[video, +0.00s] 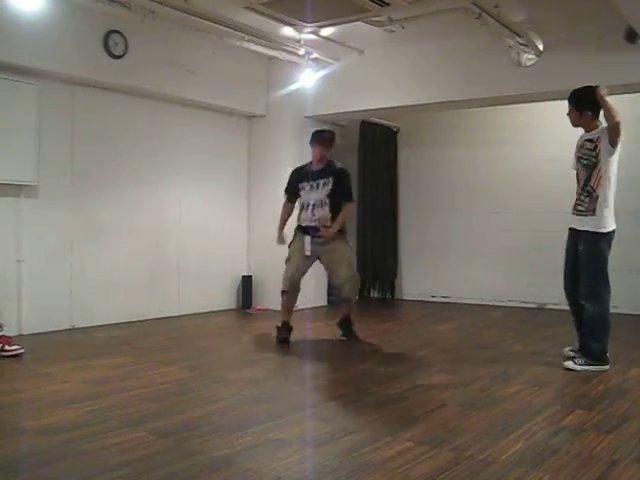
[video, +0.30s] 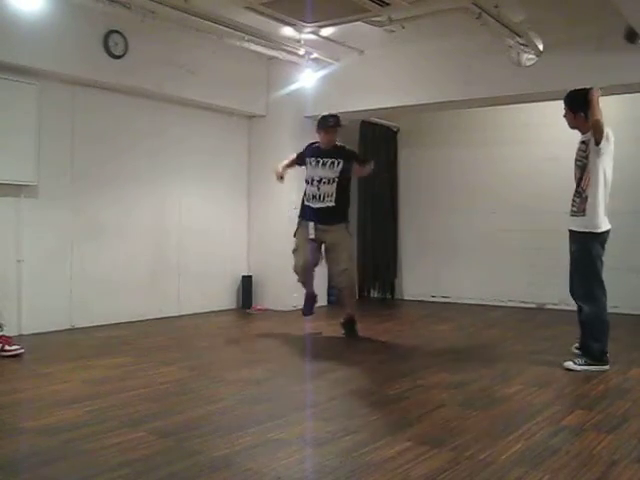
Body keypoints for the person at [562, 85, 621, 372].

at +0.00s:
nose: (568, 116)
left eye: (571, 111)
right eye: (569, 111)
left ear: (584, 112)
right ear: (586, 112)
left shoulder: (606, 139)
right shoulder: (583, 139)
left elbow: (615, 123)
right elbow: (584, 176)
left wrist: (602, 98)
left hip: (597, 227)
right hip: (578, 224)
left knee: (593, 291)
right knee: (574, 288)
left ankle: (597, 355)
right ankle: (586, 346)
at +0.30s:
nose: (566, 120)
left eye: (567, 115)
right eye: (566, 115)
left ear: (579, 114)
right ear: (582, 115)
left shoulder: (599, 140)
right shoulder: (587, 139)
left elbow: (597, 123)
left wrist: (595, 99)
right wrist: (591, 99)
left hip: (591, 228)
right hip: (580, 226)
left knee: (590, 292)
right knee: (582, 290)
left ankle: (596, 355)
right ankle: (589, 346)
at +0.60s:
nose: (562, 124)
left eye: (564, 119)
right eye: (562, 119)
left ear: (576, 118)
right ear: (576, 119)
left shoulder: (591, 142)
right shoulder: (587, 145)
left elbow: (581, 122)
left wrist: (588, 105)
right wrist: (587, 104)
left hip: (583, 228)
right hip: (589, 227)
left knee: (566, 285)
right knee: (590, 287)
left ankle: (588, 347)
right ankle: (594, 345)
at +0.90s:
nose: (552, 129)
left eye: (553, 123)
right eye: (551, 124)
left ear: (563, 120)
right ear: (568, 122)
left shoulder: (577, 143)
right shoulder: (585, 146)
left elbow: (565, 121)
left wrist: (574, 105)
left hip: (570, 226)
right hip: (588, 228)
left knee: (542, 281)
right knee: (587, 290)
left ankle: (543, 341)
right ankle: (595, 345)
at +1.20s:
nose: (538, 127)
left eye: (540, 123)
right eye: (538, 123)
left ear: (548, 123)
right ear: (562, 124)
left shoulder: (559, 145)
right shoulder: (570, 149)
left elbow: (539, 128)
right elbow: (570, 191)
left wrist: (554, 110)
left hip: (546, 227)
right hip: (564, 228)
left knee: (529, 283)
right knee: (562, 284)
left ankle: (527, 339)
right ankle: (587, 337)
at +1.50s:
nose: (529, 130)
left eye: (530, 124)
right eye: (529, 124)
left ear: (540, 122)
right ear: (542, 124)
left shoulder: (551, 148)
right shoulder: (554, 149)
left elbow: (541, 131)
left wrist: (551, 111)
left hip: (541, 227)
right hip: (550, 227)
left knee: (527, 283)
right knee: (539, 281)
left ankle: (528, 339)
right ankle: (568, 320)